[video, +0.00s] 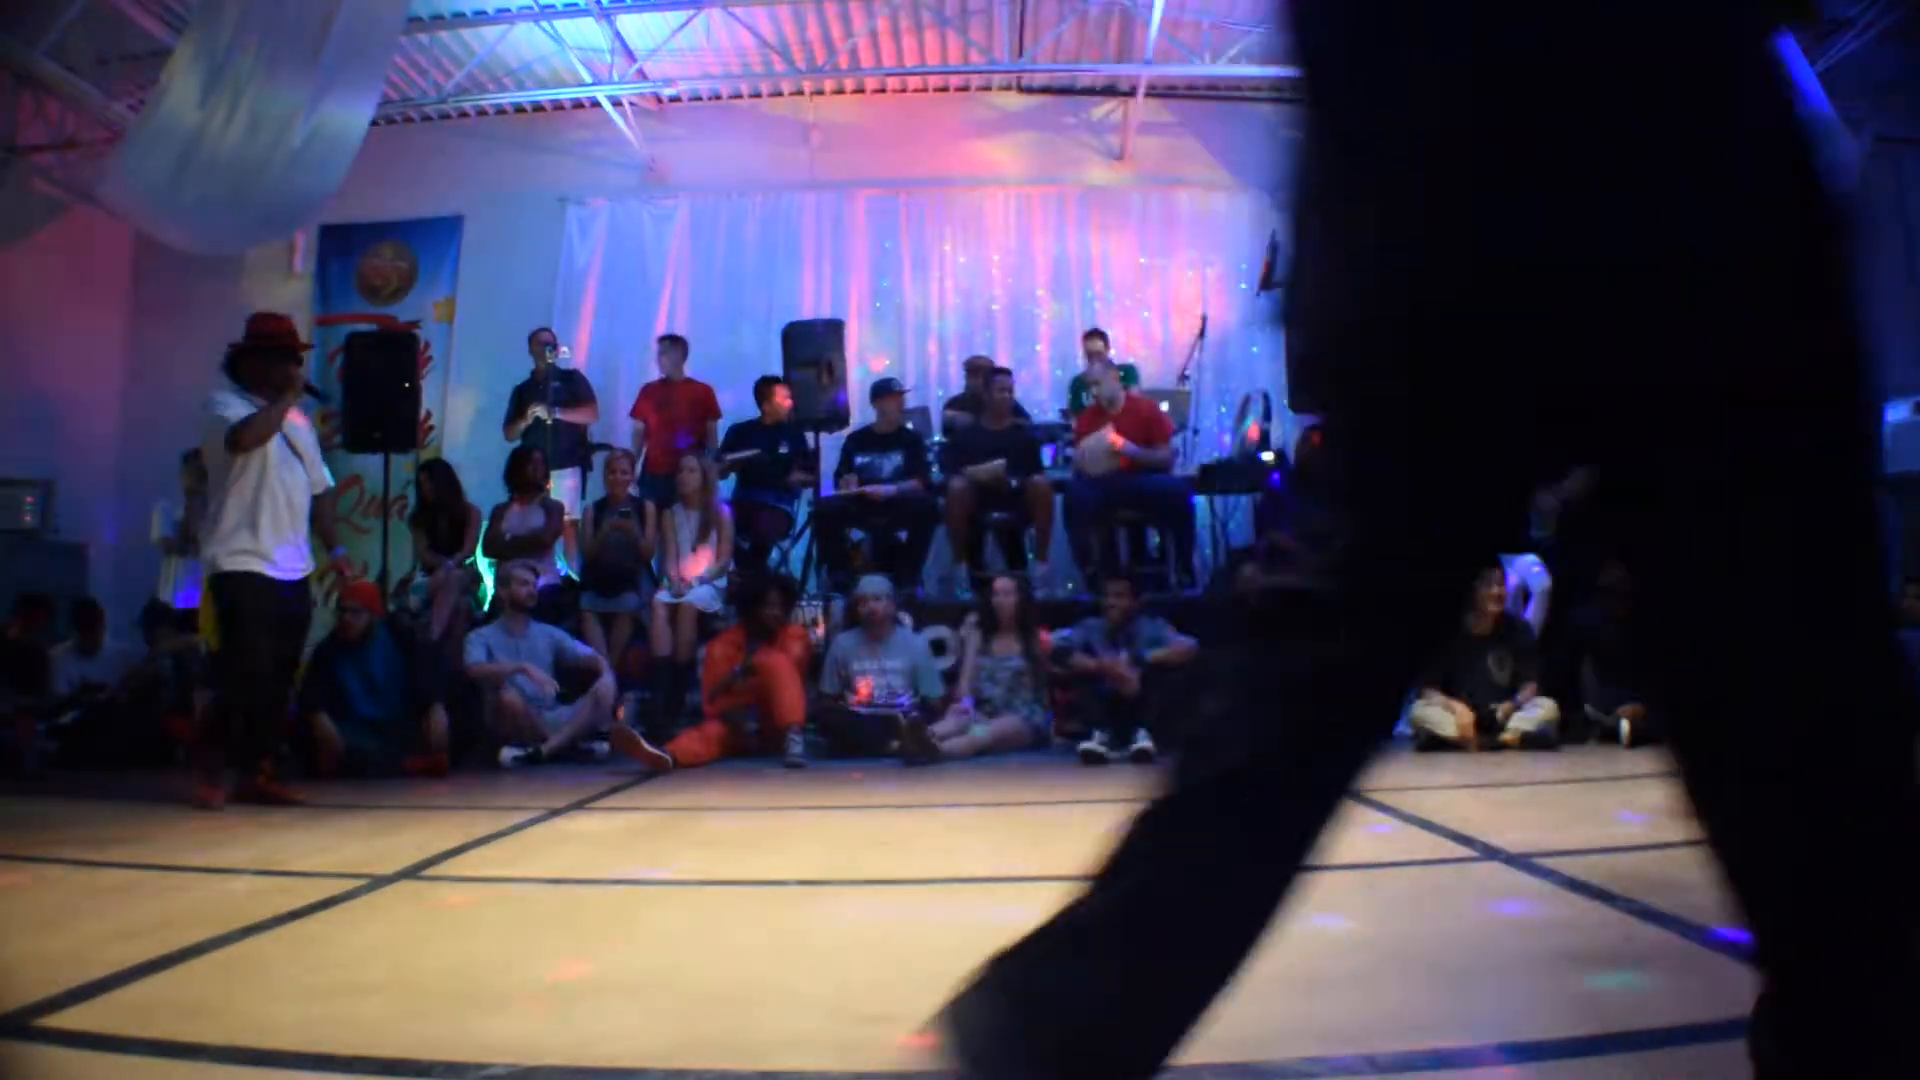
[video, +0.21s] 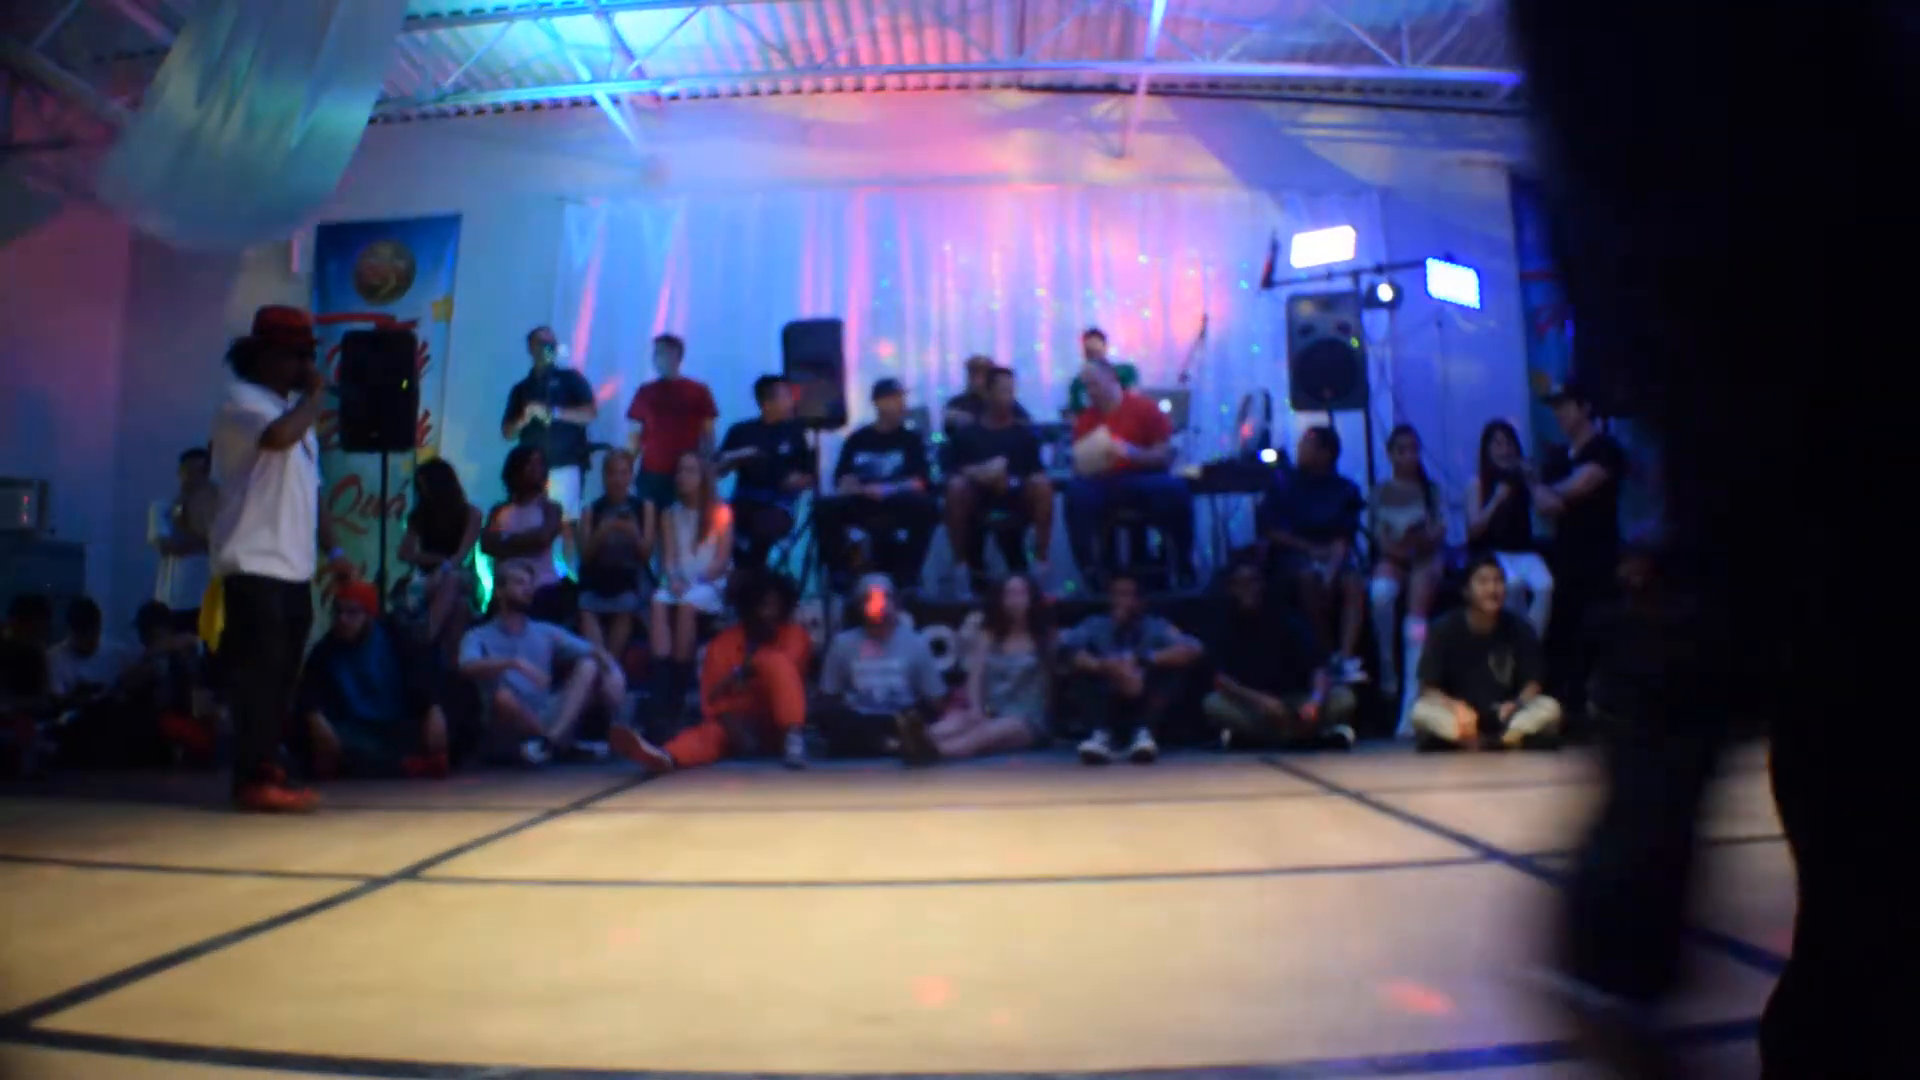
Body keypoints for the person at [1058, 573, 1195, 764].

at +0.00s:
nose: (1112, 603)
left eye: (1119, 597)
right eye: (1108, 596)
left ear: (1133, 602)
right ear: (1103, 601)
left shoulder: (1150, 628)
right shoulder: (1093, 629)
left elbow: (1188, 647)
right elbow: (1058, 648)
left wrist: (1143, 659)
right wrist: (1106, 668)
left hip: (1144, 698)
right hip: (1105, 698)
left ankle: (1144, 733)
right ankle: (1100, 734)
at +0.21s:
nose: (1122, 602)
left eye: (1127, 596)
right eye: (1117, 595)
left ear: (1138, 600)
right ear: (1110, 599)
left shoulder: (1153, 627)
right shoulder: (1098, 627)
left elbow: (1192, 649)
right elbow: (1064, 646)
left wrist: (1146, 660)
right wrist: (1110, 668)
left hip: (1146, 693)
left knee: (1167, 675)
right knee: (1093, 676)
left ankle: (1145, 733)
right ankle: (1101, 734)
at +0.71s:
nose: (1143, 602)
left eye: (1145, 595)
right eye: (1135, 596)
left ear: (1149, 598)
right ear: (1117, 602)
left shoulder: (1155, 627)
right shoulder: (1095, 628)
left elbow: (1194, 651)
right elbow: (1074, 656)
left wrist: (1148, 657)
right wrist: (1117, 664)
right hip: (1108, 698)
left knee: (1169, 672)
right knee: (1090, 675)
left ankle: (1143, 731)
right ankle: (1100, 733)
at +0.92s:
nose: (1142, 603)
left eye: (1143, 596)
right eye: (1134, 597)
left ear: (1148, 598)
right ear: (1116, 603)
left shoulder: (1154, 626)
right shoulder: (1096, 628)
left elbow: (1192, 650)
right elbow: (1072, 655)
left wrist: (1144, 658)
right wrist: (1115, 666)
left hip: (1147, 698)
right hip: (1108, 700)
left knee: (1171, 670)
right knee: (1087, 678)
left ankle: (1143, 733)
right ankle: (1102, 734)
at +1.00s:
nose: (1146, 603)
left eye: (1147, 596)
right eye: (1139, 598)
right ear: (1119, 604)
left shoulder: (1154, 626)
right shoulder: (1095, 630)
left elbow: (1191, 650)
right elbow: (1067, 655)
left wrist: (1141, 658)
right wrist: (1111, 665)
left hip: (1146, 700)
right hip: (1107, 702)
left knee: (1171, 671)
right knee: (1085, 677)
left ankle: (1143, 734)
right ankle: (1101, 734)